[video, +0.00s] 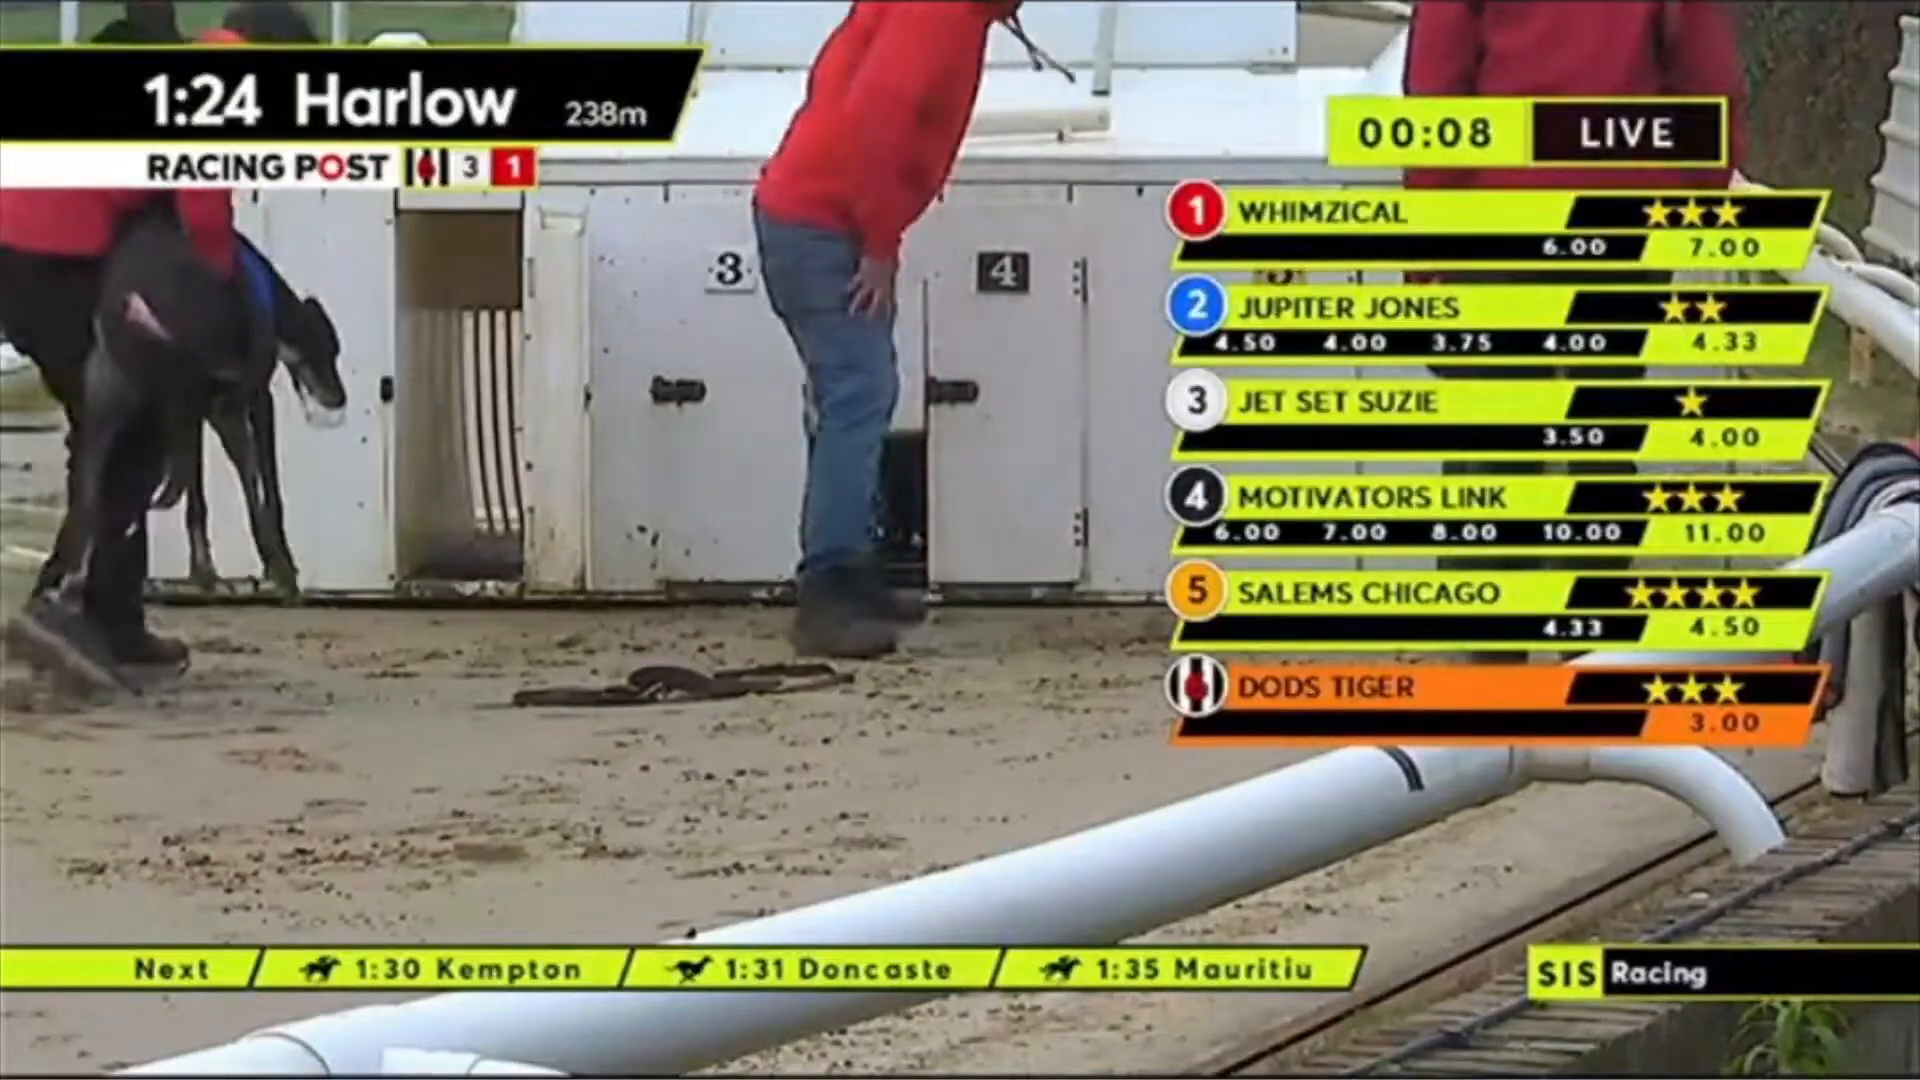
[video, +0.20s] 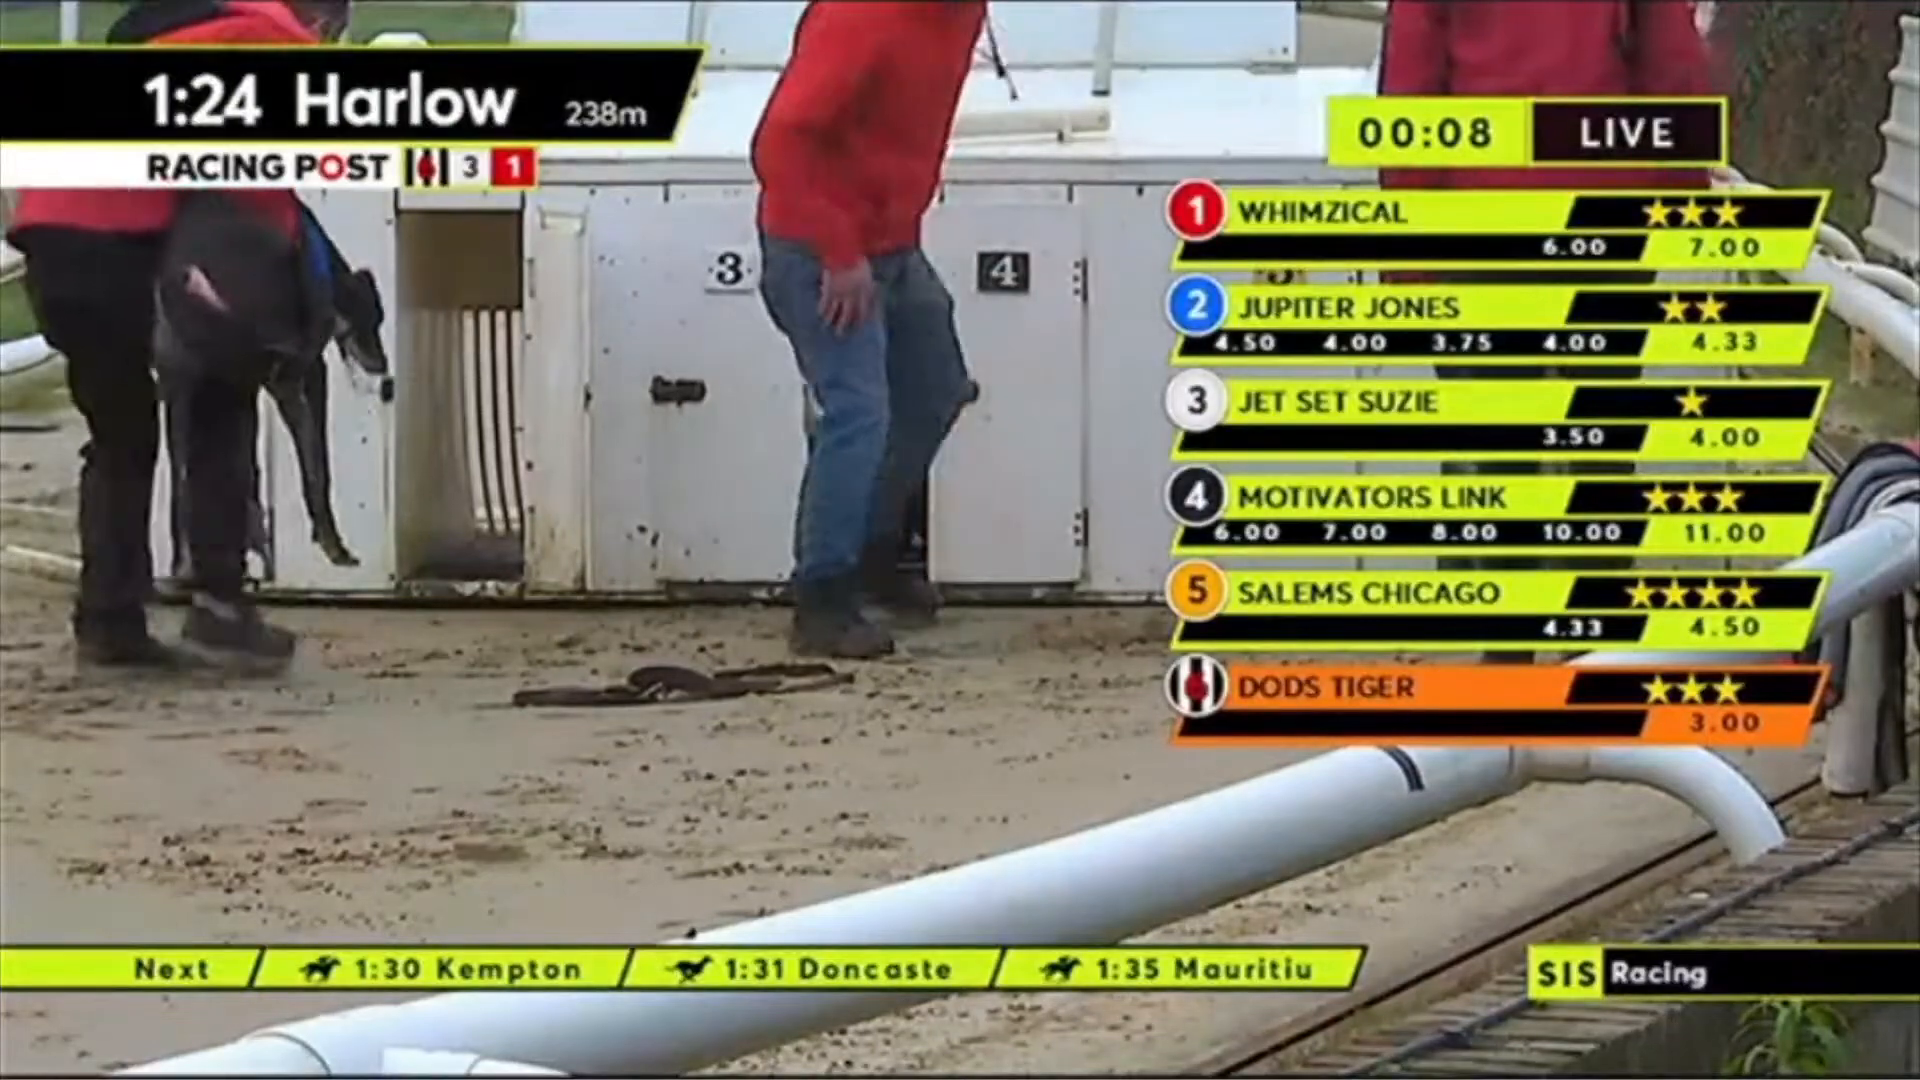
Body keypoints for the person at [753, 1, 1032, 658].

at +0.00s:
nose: (1015, 12)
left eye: (1015, 11)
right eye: (1014, 7)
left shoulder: (919, 12)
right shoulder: (945, 13)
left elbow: (830, 78)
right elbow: (882, 109)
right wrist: (881, 242)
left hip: (808, 217)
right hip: (821, 223)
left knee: (849, 394)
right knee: (862, 392)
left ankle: (843, 581)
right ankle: (831, 595)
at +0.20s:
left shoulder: (963, 12)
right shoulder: (862, 18)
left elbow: (899, 114)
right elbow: (781, 136)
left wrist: (895, 223)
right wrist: (841, 254)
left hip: (892, 248)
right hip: (816, 251)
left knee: (936, 392)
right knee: (857, 414)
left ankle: (872, 560)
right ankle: (821, 605)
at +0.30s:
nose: (963, 7)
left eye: (966, 9)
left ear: (968, 3)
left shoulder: (969, 16)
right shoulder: (839, 25)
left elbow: (918, 104)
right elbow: (771, 170)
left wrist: (920, 183)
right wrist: (825, 286)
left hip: (900, 242)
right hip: (813, 255)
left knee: (967, 387)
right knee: (838, 424)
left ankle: (877, 539)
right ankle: (817, 603)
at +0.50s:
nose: (886, 66)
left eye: (901, 52)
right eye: (871, 50)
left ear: (928, 38)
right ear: (851, 36)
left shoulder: (974, 41)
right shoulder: (815, 77)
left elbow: (980, 131)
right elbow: (787, 234)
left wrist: (938, 211)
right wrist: (806, 372)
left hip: (932, 259)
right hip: (830, 271)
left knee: (952, 395)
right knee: (817, 419)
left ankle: (963, 587)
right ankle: (826, 602)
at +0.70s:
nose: (850, 228)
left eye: (864, 213)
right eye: (836, 213)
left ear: (897, 189)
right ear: (819, 192)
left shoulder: (977, 159)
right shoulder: (799, 212)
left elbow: (1042, 201)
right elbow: (791, 354)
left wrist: (1034, 278)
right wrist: (792, 502)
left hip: (976, 293)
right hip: (872, 306)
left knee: (955, 429)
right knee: (833, 451)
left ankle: (954, 619)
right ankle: (864, 611)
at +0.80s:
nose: (852, 331)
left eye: (867, 315)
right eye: (839, 315)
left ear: (900, 280)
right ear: (818, 290)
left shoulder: (986, 215)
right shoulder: (804, 297)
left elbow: (1076, 273)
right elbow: (788, 438)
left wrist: (1106, 356)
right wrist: (777, 588)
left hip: (1004, 308)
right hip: (897, 335)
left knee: (980, 422)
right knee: (844, 485)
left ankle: (960, 621)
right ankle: (878, 607)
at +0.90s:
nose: (860, 366)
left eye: (874, 349)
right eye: (845, 350)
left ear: (905, 310)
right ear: (826, 313)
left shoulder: (991, 241)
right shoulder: (823, 306)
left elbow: (1092, 303)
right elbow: (791, 449)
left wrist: (1121, 407)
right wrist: (759, 613)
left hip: (1013, 312)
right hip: (917, 328)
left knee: (987, 434)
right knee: (871, 472)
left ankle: (963, 623)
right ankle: (893, 604)